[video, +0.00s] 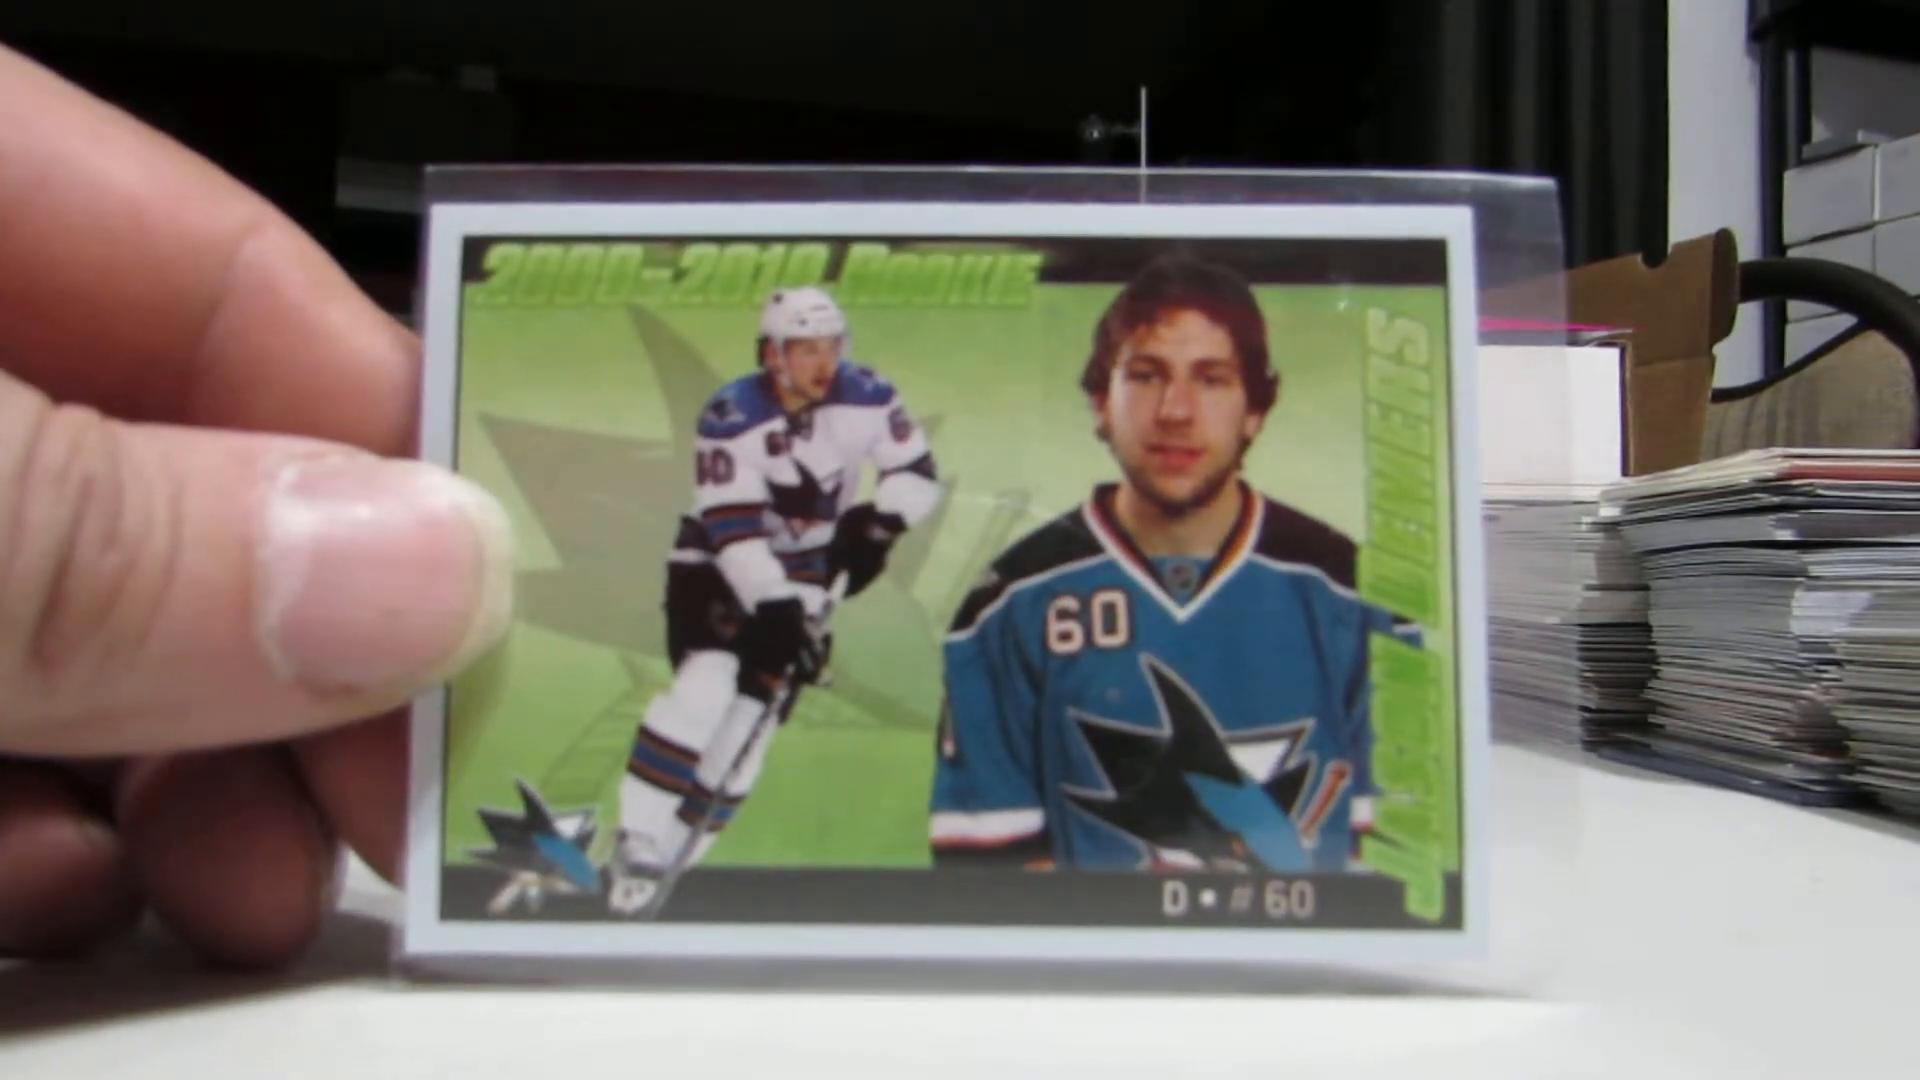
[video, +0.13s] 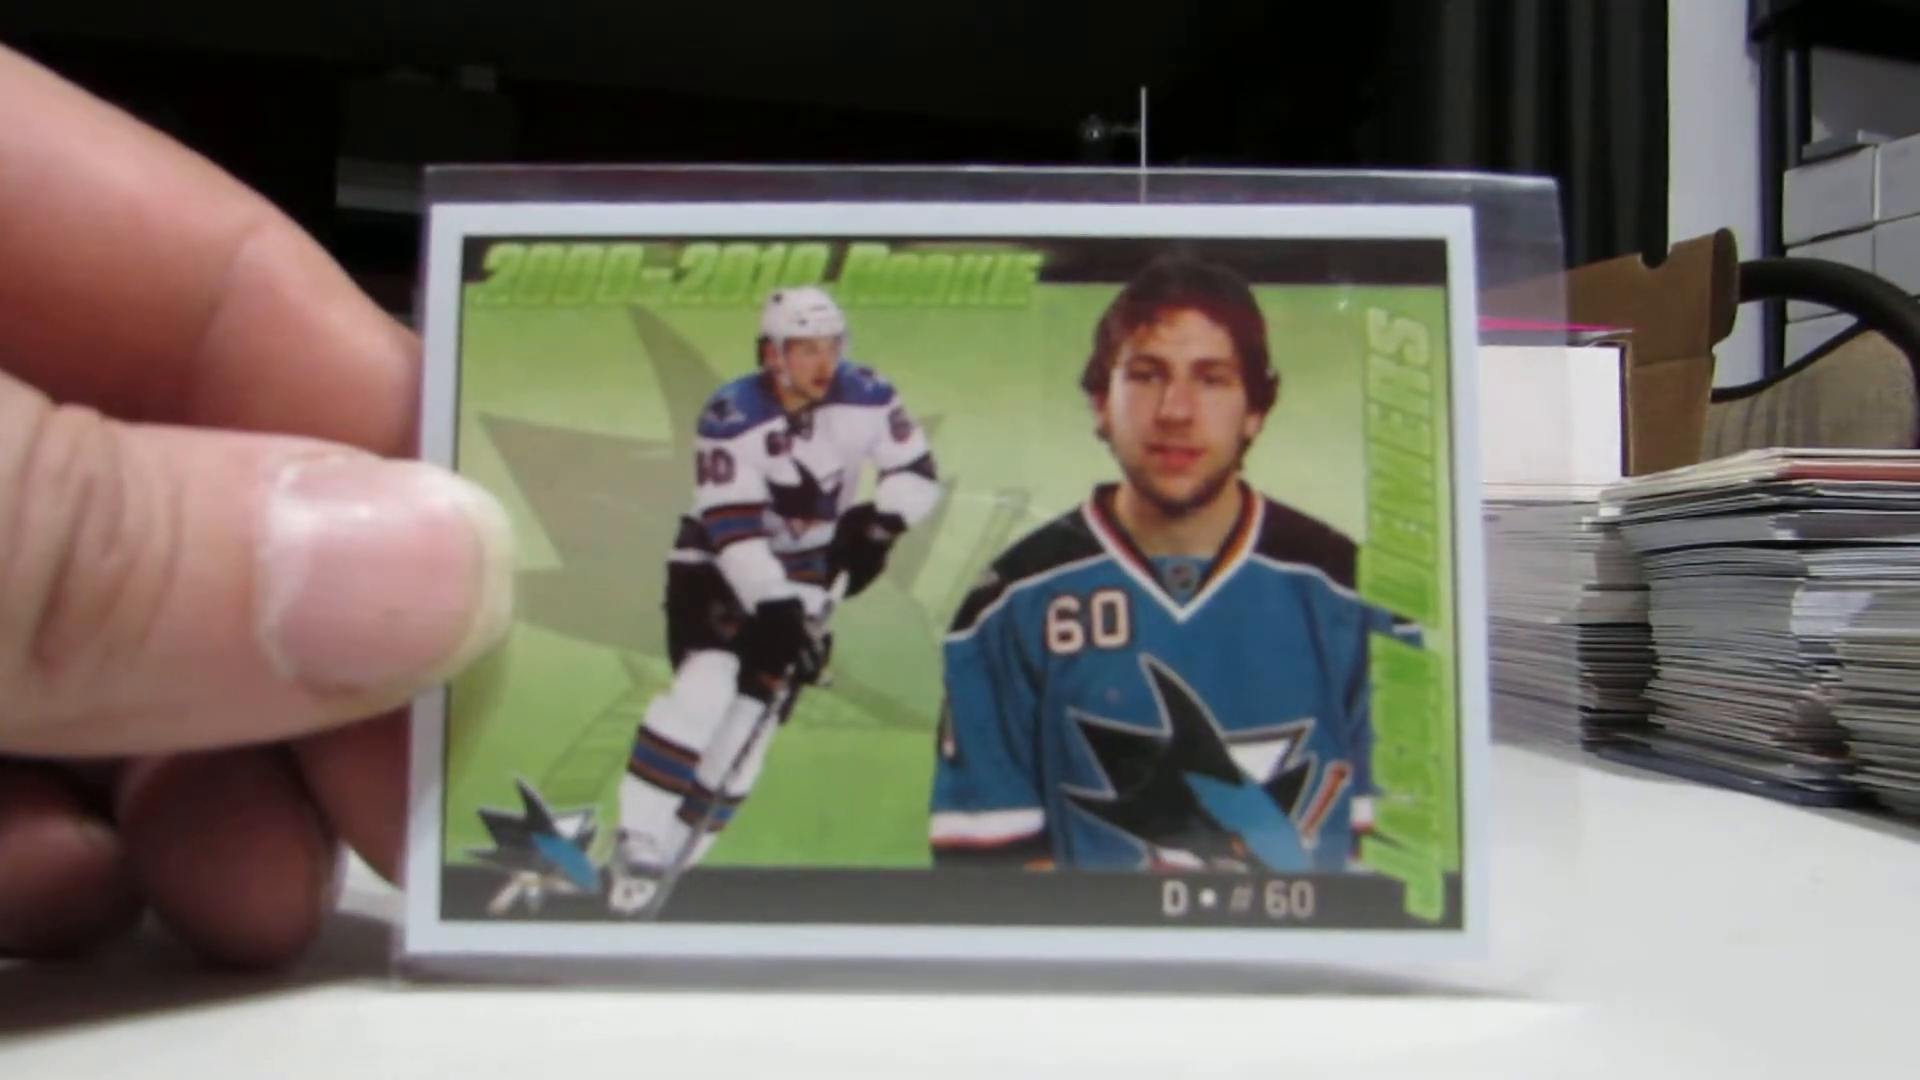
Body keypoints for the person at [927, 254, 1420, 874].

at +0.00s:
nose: (1175, 409)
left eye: (1210, 379)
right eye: (1146, 375)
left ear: (1254, 412)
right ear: (1101, 404)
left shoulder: (1348, 585)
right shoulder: (1015, 600)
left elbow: (1393, 852)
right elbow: (989, 874)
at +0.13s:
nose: (1175, 409)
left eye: (1210, 379)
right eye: (1146, 375)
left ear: (1254, 411)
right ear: (1101, 404)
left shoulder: (1347, 585)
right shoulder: (1015, 600)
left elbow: (1391, 852)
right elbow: (987, 875)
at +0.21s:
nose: (1175, 409)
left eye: (1211, 379)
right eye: (1146, 375)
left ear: (1254, 412)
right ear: (1101, 405)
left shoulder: (1347, 585)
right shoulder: (1015, 600)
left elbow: (1392, 852)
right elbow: (987, 875)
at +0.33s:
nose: (1175, 409)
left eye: (1211, 378)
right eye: (1146, 375)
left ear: (1254, 412)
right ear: (1101, 406)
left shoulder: (1344, 583)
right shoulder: (1015, 601)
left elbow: (1387, 846)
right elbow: (989, 873)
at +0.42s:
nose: (1175, 409)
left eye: (1211, 379)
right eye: (1146, 375)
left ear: (1253, 412)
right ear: (1101, 405)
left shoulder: (1350, 587)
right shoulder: (1014, 603)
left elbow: (1394, 853)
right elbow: (988, 874)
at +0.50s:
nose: (1175, 409)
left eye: (1211, 379)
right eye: (1146, 375)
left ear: (1253, 412)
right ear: (1101, 406)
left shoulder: (1349, 587)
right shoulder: (1014, 603)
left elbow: (1394, 853)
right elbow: (989, 874)